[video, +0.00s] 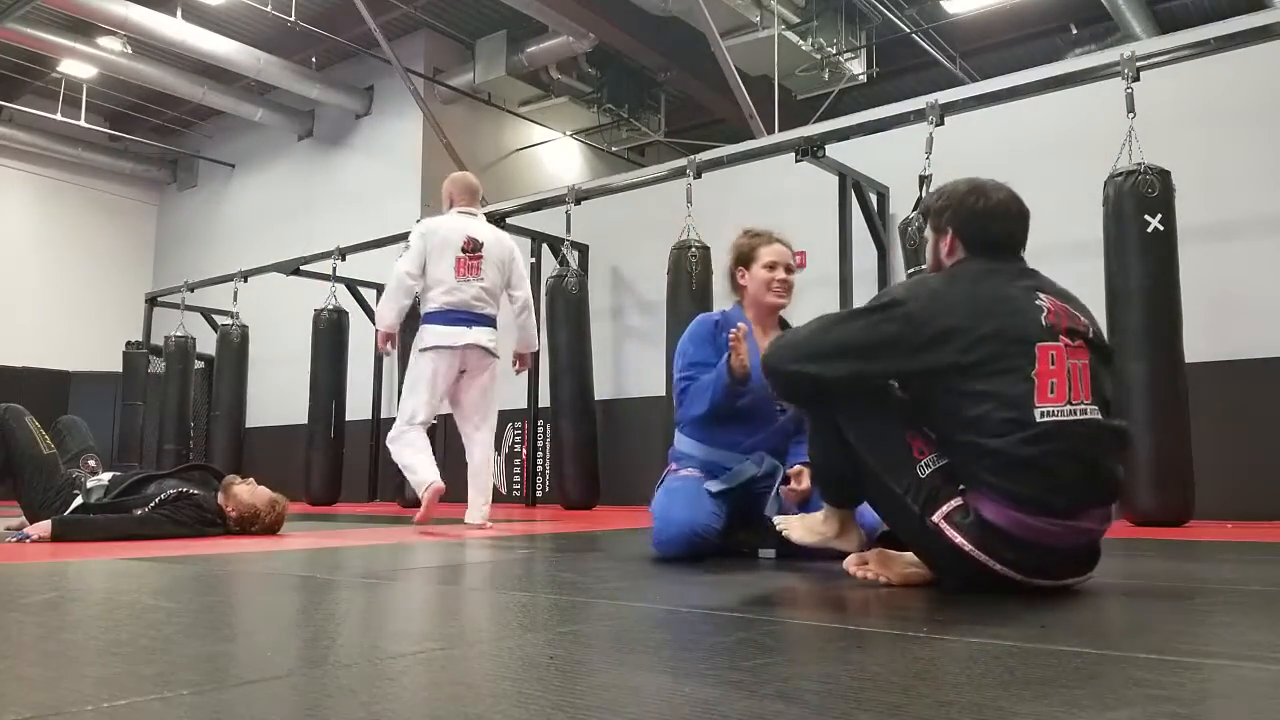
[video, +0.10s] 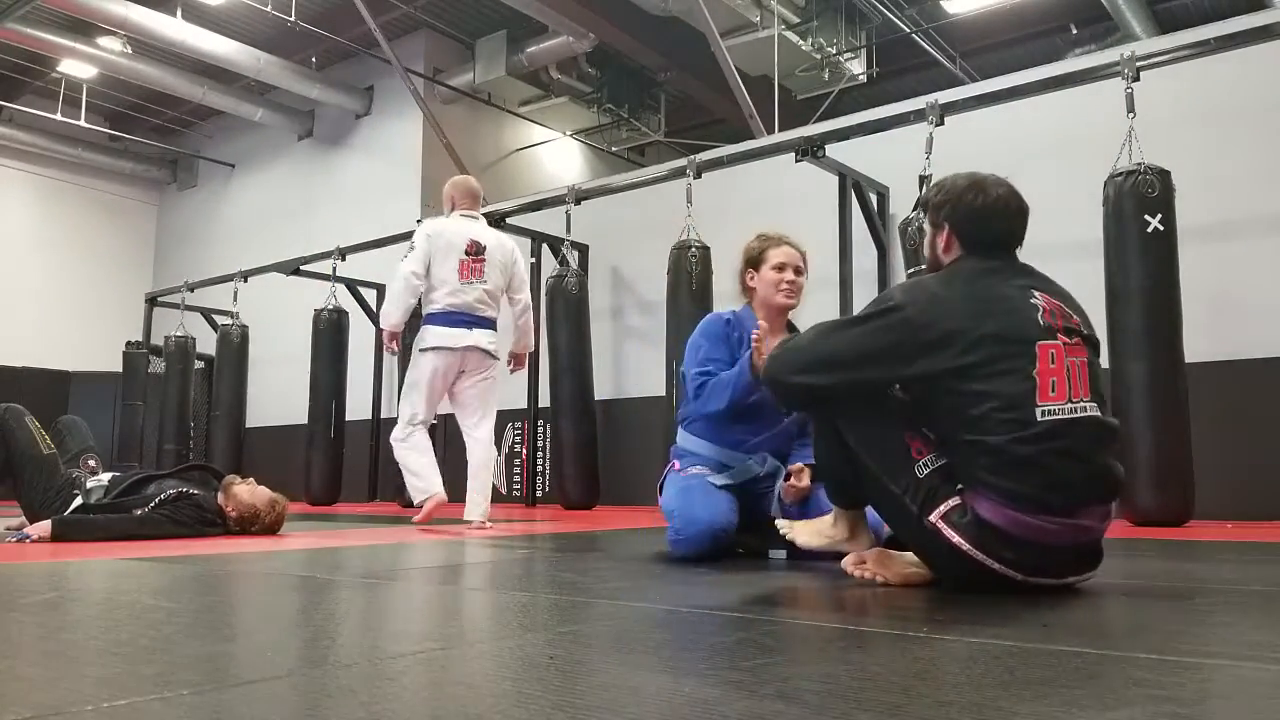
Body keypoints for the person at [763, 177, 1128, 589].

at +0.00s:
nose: (928, 252)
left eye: (931, 237)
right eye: (930, 238)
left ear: (950, 242)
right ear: (1013, 243)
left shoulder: (935, 298)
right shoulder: (1068, 305)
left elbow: (784, 360)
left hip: (993, 553)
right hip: (1076, 556)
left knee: (836, 379)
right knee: (942, 405)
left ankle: (836, 520)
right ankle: (931, 556)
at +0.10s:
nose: (925, 244)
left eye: (928, 230)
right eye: (927, 230)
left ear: (947, 239)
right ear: (1009, 238)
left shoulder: (930, 300)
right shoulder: (1061, 299)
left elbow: (784, 369)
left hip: (996, 554)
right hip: (1079, 553)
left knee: (836, 383)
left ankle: (846, 524)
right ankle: (928, 554)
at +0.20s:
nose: (916, 242)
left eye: (919, 229)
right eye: (918, 229)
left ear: (937, 239)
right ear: (1000, 238)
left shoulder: (924, 301)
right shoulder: (1042, 294)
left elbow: (781, 378)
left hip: (993, 553)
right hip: (1077, 551)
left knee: (839, 388)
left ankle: (844, 538)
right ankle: (922, 550)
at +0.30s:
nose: (906, 248)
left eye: (908, 235)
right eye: (907, 235)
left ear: (925, 244)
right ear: (988, 241)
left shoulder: (918, 304)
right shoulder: (1027, 295)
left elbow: (777, 384)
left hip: (990, 552)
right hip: (1071, 552)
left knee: (832, 395)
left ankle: (841, 539)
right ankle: (925, 552)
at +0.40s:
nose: (891, 256)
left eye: (891, 243)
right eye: (890, 243)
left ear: (912, 248)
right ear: (972, 245)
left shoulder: (908, 309)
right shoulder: (1021, 301)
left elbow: (769, 384)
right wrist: (831, 471)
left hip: (989, 548)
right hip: (1069, 552)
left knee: (825, 400)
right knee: (929, 410)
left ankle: (840, 539)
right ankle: (932, 554)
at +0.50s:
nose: (881, 267)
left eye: (882, 254)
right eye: (880, 254)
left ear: (902, 257)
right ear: (961, 254)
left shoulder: (906, 309)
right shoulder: (1015, 306)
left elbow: (770, 386)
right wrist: (828, 473)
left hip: (991, 545)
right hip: (1070, 551)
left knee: (823, 400)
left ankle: (840, 540)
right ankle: (931, 555)